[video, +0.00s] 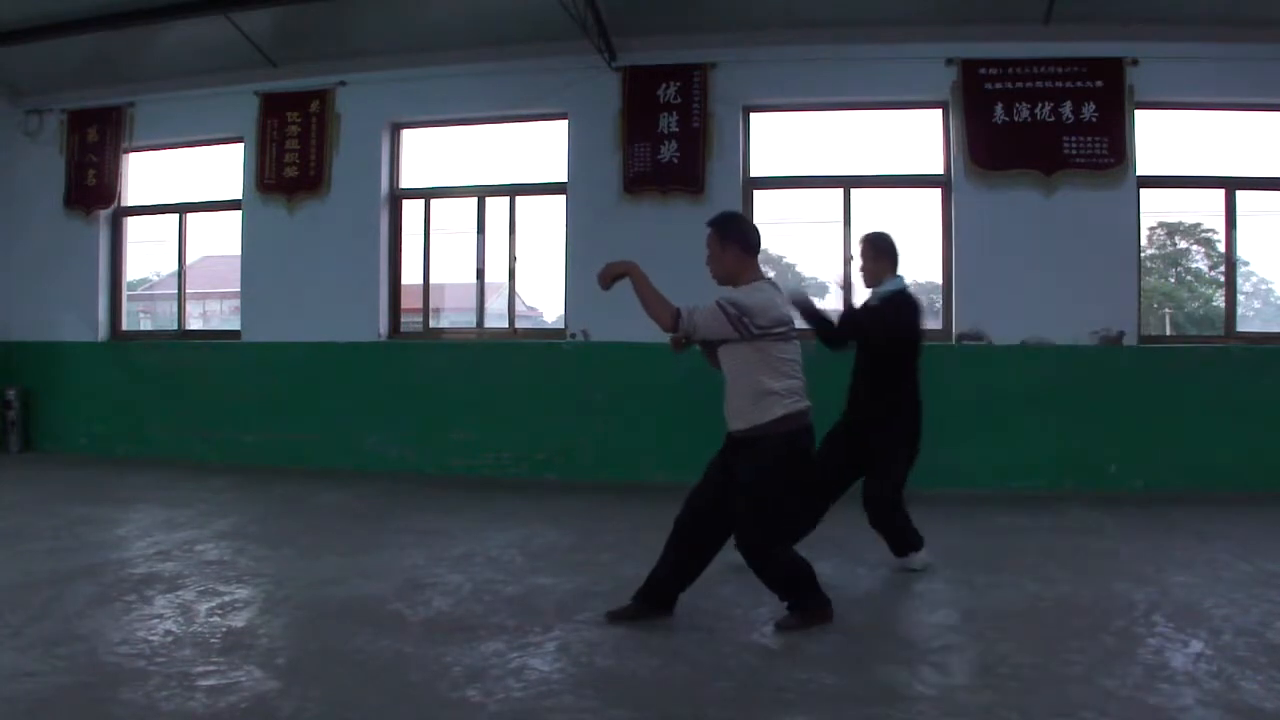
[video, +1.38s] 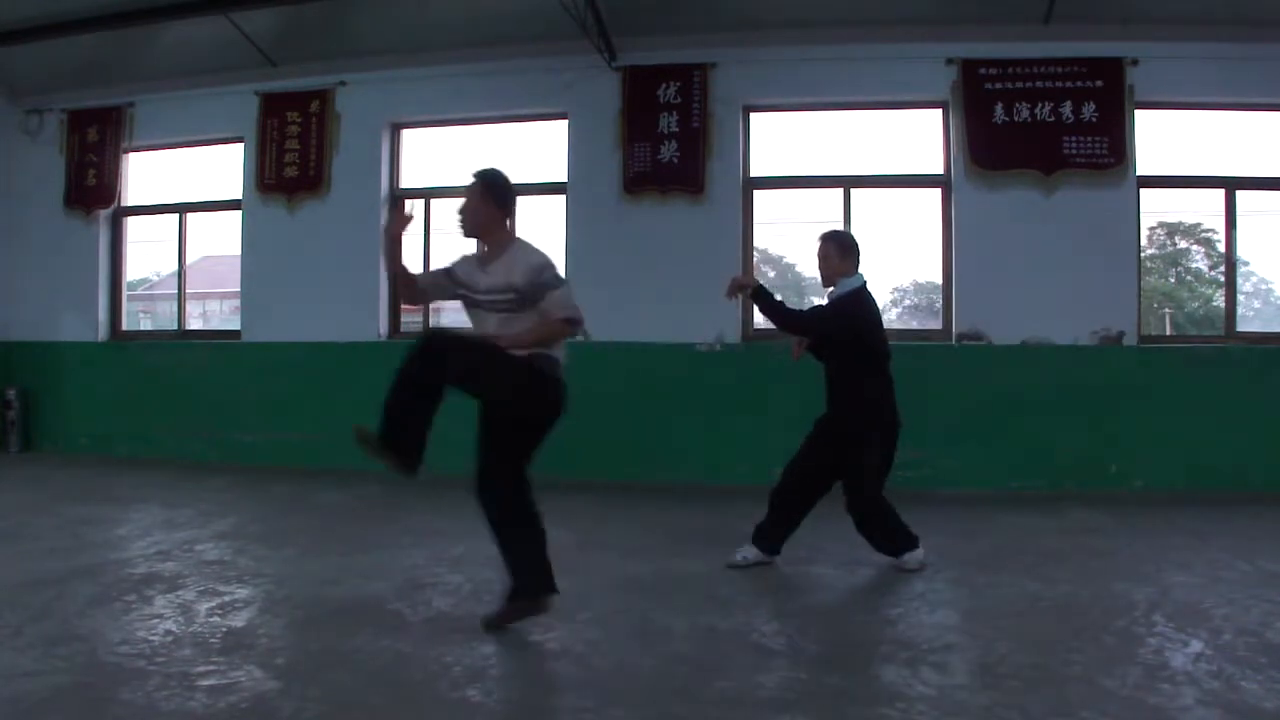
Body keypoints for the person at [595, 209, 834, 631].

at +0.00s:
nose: (708, 262)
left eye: (712, 252)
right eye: (708, 253)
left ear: (735, 251)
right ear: (742, 252)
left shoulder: (752, 302)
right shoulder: (764, 298)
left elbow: (673, 321)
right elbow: (734, 361)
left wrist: (632, 272)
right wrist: (695, 340)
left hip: (777, 441)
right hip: (748, 439)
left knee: (756, 537)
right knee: (698, 523)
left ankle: (812, 605)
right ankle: (654, 601)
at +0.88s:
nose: (651, 264)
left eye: (657, 253)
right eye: (651, 254)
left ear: (686, 254)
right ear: (689, 256)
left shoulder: (695, 308)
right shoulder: (722, 304)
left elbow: (612, 329)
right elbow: (733, 369)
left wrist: (568, 283)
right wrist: (689, 401)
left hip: (732, 445)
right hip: (708, 442)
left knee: (741, 541)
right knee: (650, 517)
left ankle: (809, 601)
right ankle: (593, 594)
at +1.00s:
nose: (604, 257)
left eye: (611, 248)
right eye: (606, 248)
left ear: (639, 252)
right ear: (641, 254)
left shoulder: (629, 304)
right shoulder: (675, 303)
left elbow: (559, 322)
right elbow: (715, 353)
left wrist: (512, 291)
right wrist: (675, 381)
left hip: (656, 440)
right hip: (688, 433)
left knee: (593, 515)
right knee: (723, 523)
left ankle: (563, 605)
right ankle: (803, 593)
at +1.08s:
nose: (567, 246)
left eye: (574, 238)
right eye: (568, 237)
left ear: (598, 244)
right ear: (605, 248)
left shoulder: (580, 295)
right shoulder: (629, 301)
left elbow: (513, 303)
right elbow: (664, 357)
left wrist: (450, 291)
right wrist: (613, 361)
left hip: (602, 436)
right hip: (643, 433)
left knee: (549, 509)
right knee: (654, 530)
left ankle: (549, 613)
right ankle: (748, 568)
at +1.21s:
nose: (527, 231)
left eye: (535, 223)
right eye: (530, 223)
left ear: (558, 229)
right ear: (561, 231)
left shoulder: (575, 280)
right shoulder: (573, 281)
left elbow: (518, 327)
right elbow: (526, 339)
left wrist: (454, 313)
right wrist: (469, 319)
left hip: (579, 414)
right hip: (574, 413)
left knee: (530, 510)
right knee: (538, 509)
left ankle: (545, 614)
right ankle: (593, 589)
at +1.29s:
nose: (490, 216)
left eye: (498, 208)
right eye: (492, 208)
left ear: (523, 213)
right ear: (513, 214)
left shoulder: (558, 268)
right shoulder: (500, 279)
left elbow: (567, 335)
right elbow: (477, 327)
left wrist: (502, 335)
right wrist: (454, 317)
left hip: (558, 388)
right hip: (520, 387)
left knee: (526, 490)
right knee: (446, 408)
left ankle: (545, 606)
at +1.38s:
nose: (461, 209)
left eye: (470, 201)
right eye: (463, 200)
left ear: (497, 210)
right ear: (484, 210)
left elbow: (567, 321)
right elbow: (410, 292)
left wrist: (509, 342)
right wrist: (393, 240)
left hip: (536, 383)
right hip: (498, 381)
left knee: (436, 348)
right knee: (498, 482)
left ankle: (402, 446)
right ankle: (531, 588)